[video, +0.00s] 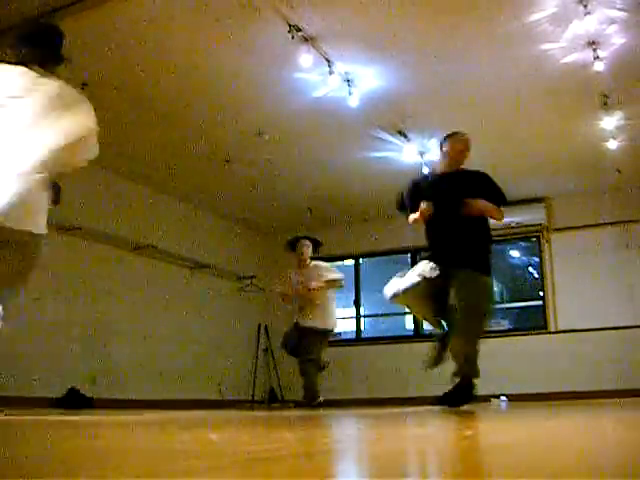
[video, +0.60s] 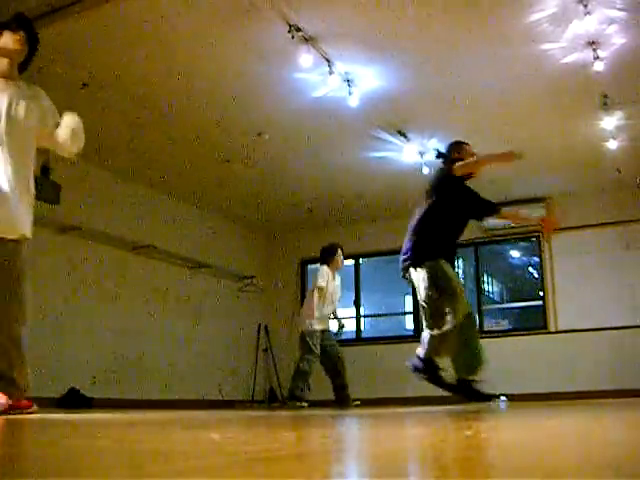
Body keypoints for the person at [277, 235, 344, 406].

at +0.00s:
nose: (304, 252)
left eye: (307, 248)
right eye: (301, 248)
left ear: (312, 251)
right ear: (295, 252)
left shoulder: (319, 268)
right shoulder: (293, 274)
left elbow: (339, 281)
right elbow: (284, 293)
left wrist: (317, 286)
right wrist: (286, 293)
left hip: (320, 321)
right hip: (302, 320)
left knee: (309, 361)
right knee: (288, 344)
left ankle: (312, 397)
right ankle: (318, 362)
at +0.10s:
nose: (314, 248)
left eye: (316, 244)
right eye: (310, 245)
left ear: (319, 247)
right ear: (302, 249)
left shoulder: (329, 265)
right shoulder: (294, 268)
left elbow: (345, 281)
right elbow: (275, 286)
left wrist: (331, 288)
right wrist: (296, 291)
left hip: (328, 313)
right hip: (306, 313)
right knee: (298, 338)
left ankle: (320, 382)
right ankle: (295, 370)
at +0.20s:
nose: (326, 255)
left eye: (327, 251)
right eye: (322, 251)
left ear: (327, 254)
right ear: (313, 255)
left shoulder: (332, 273)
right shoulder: (303, 273)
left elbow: (348, 287)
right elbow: (279, 284)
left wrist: (344, 298)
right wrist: (296, 299)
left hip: (324, 322)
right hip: (305, 321)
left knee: (347, 346)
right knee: (305, 349)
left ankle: (340, 381)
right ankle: (281, 384)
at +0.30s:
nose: (334, 273)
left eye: (334, 269)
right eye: (331, 269)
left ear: (332, 272)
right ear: (321, 272)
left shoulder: (334, 292)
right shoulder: (310, 286)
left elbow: (331, 305)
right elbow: (293, 287)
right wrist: (308, 298)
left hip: (321, 335)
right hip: (305, 334)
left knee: (340, 362)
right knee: (313, 364)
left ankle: (344, 395)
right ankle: (296, 397)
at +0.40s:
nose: (342, 284)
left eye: (342, 280)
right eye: (339, 281)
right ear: (329, 283)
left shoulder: (331, 301)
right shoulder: (319, 299)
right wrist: (313, 298)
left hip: (321, 343)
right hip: (307, 343)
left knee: (344, 373)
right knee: (321, 369)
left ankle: (343, 404)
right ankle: (295, 399)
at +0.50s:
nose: (343, 279)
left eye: (343, 275)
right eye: (341, 275)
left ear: (333, 277)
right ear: (333, 277)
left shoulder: (333, 294)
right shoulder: (320, 293)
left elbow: (326, 316)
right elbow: (310, 313)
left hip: (324, 340)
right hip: (310, 340)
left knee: (344, 370)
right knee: (319, 369)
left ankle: (345, 402)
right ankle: (295, 398)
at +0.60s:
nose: (342, 260)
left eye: (342, 256)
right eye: (340, 256)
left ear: (335, 259)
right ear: (332, 258)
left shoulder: (336, 277)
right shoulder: (322, 271)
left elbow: (332, 303)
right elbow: (317, 292)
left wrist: (338, 320)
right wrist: (312, 314)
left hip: (324, 325)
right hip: (311, 325)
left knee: (335, 360)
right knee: (308, 360)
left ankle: (343, 398)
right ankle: (297, 397)